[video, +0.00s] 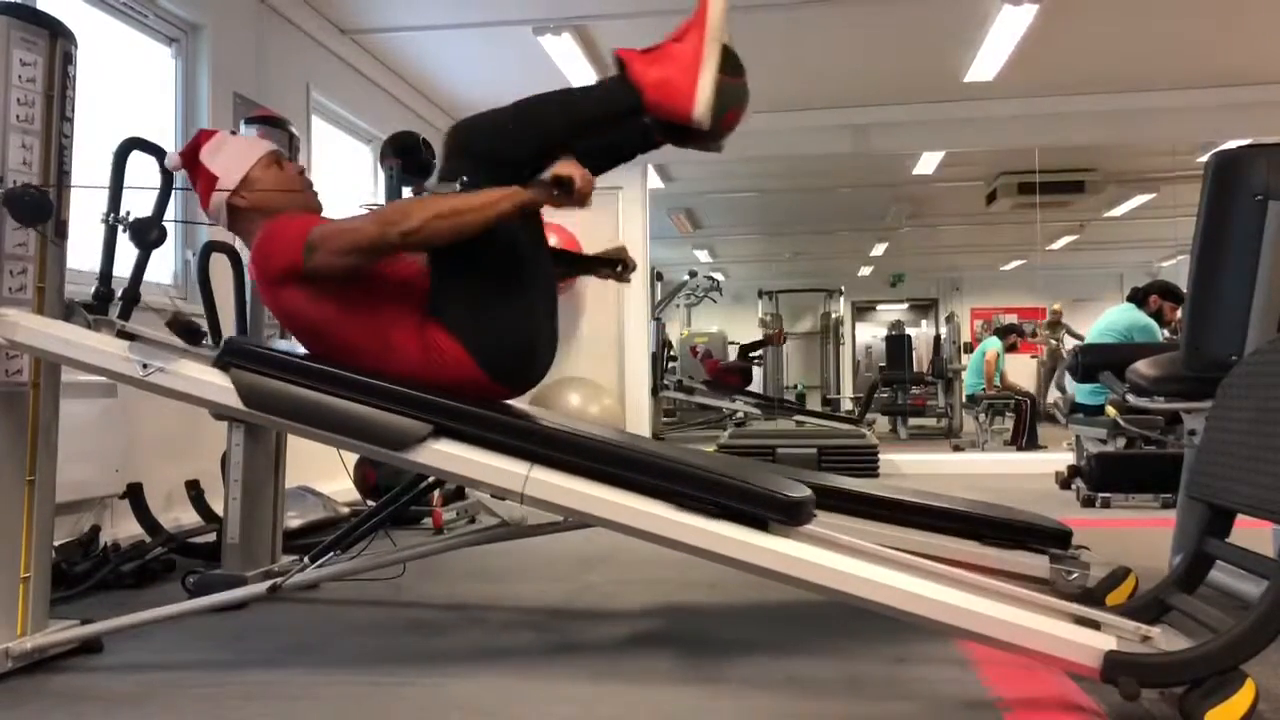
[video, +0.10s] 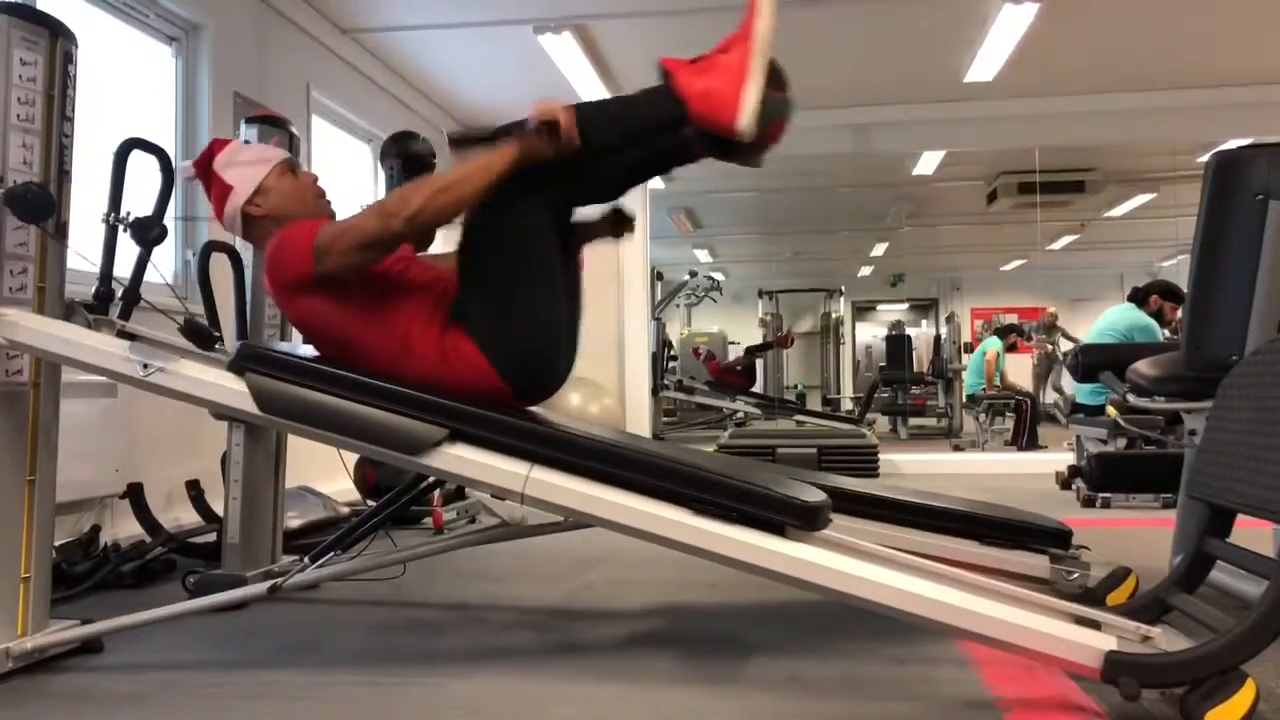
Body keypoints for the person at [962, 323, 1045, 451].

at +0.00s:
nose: (1017, 342)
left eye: (1018, 339)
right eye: (1017, 338)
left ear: (1010, 337)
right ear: (1011, 336)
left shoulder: (999, 349)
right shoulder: (995, 342)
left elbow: (1004, 382)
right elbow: (989, 360)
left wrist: (1021, 390)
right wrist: (989, 389)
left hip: (983, 392)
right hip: (977, 393)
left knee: (1027, 400)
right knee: (1026, 401)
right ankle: (1024, 444)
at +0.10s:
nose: (1017, 343)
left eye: (1019, 340)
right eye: (1018, 339)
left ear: (1010, 337)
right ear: (1012, 337)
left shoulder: (999, 349)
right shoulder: (995, 342)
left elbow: (1004, 382)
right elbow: (989, 360)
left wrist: (1021, 390)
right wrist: (990, 389)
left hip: (983, 393)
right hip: (977, 393)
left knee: (1026, 400)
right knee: (1027, 400)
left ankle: (1018, 442)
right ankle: (1026, 444)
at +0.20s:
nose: (1020, 344)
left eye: (1021, 341)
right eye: (1020, 340)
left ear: (1011, 337)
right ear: (1012, 337)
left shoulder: (999, 349)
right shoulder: (994, 342)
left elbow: (1004, 382)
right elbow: (989, 360)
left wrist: (1022, 391)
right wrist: (990, 389)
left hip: (984, 392)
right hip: (977, 393)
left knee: (1026, 400)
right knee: (1027, 401)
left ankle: (1018, 441)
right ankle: (1025, 444)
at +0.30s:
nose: (1020, 343)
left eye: (1021, 340)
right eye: (1019, 339)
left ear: (1011, 337)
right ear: (1011, 337)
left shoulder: (999, 350)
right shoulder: (994, 342)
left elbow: (1004, 382)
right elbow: (989, 360)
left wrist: (1021, 391)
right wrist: (990, 389)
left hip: (984, 393)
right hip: (977, 393)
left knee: (1026, 400)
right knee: (1027, 401)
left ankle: (1018, 442)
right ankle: (1025, 444)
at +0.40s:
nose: (1020, 344)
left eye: (1021, 341)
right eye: (1020, 340)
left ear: (1011, 338)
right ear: (1011, 337)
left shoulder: (999, 350)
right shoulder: (994, 342)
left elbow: (1004, 382)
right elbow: (989, 360)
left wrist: (1022, 392)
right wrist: (990, 390)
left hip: (984, 393)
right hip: (977, 393)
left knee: (1027, 401)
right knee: (1026, 402)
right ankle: (1024, 444)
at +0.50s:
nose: (1019, 345)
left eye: (1021, 341)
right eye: (1019, 340)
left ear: (1010, 337)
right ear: (1011, 337)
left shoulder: (999, 349)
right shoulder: (994, 342)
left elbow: (1004, 382)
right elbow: (988, 360)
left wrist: (1020, 391)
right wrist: (989, 390)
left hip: (984, 392)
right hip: (977, 393)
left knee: (1026, 400)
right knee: (1026, 401)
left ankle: (1018, 442)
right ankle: (1025, 444)